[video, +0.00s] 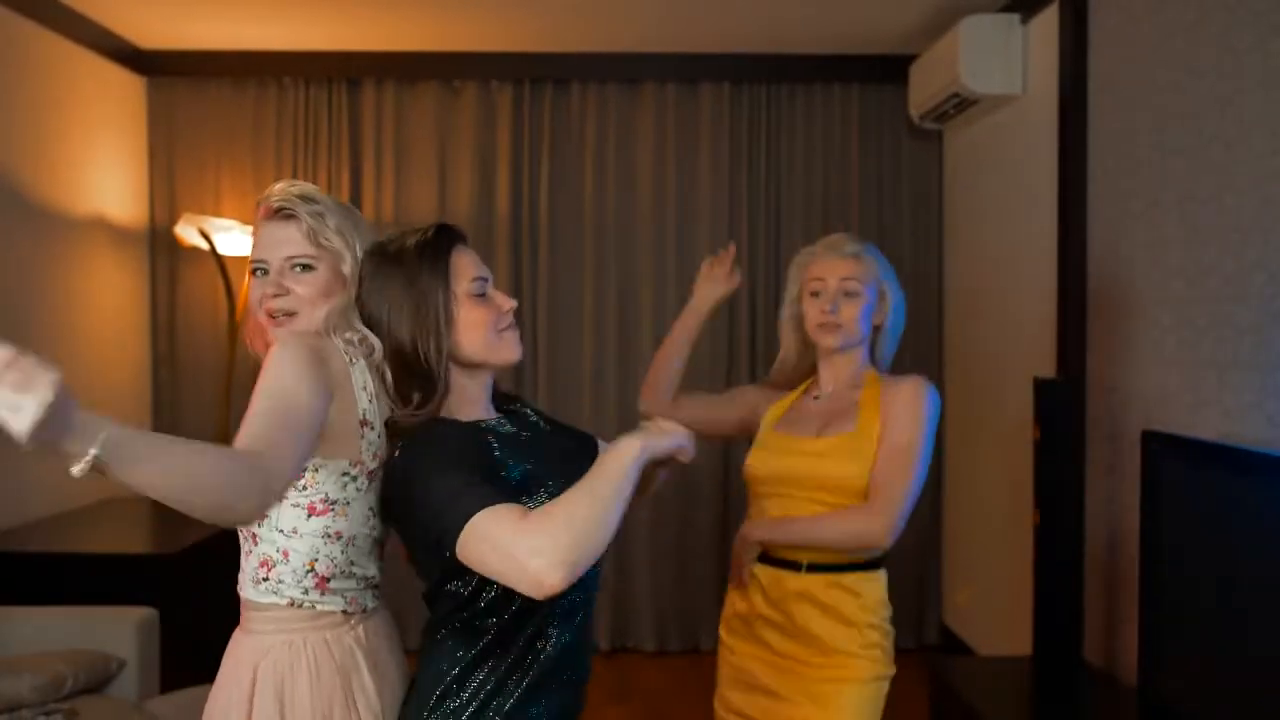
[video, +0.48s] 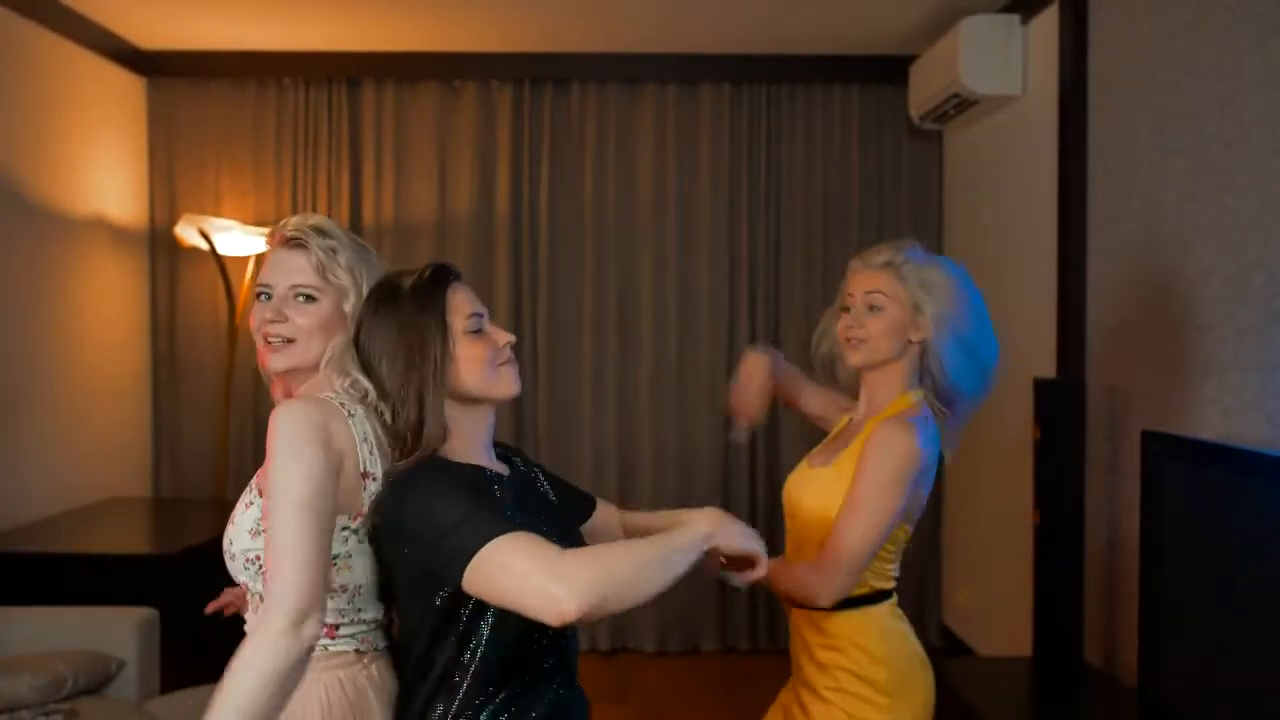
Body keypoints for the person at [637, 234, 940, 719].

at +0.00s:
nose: (829, 306)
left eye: (850, 293)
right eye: (815, 293)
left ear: (879, 309)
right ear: (799, 309)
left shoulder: (905, 397)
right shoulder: (770, 405)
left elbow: (879, 526)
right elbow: (657, 405)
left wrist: (755, 529)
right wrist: (700, 303)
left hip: (842, 633)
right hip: (754, 625)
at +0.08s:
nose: (834, 294)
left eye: (855, 280)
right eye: (821, 279)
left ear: (889, 294)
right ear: (807, 293)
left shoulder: (910, 385)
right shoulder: (783, 384)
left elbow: (875, 514)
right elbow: (657, 382)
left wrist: (758, 515)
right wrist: (694, 276)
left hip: (847, 627)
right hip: (762, 618)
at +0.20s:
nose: (841, 290)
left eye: (862, 275)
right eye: (830, 275)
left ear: (902, 290)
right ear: (818, 290)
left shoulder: (915, 382)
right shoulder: (802, 379)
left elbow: (867, 514)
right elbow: (675, 361)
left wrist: (761, 511)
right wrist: (690, 280)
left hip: (852, 629)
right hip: (776, 622)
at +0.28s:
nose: (844, 296)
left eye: (867, 281)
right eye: (835, 282)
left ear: (909, 300)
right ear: (824, 298)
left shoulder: (914, 393)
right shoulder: (815, 386)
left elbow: (859, 525)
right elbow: (697, 355)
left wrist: (762, 522)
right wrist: (695, 301)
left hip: (855, 639)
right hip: (786, 634)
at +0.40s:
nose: (848, 313)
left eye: (871, 298)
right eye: (843, 300)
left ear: (917, 316)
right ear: (832, 310)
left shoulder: (908, 420)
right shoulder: (847, 408)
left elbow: (836, 565)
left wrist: (768, 555)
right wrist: (736, 351)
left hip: (859, 669)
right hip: (803, 660)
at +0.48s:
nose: (851, 321)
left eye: (873, 307)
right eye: (846, 308)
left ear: (919, 327)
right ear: (835, 317)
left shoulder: (901, 433)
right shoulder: (863, 417)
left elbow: (827, 583)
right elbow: (797, 387)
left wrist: (754, 566)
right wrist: (761, 362)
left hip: (865, 683)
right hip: (820, 673)